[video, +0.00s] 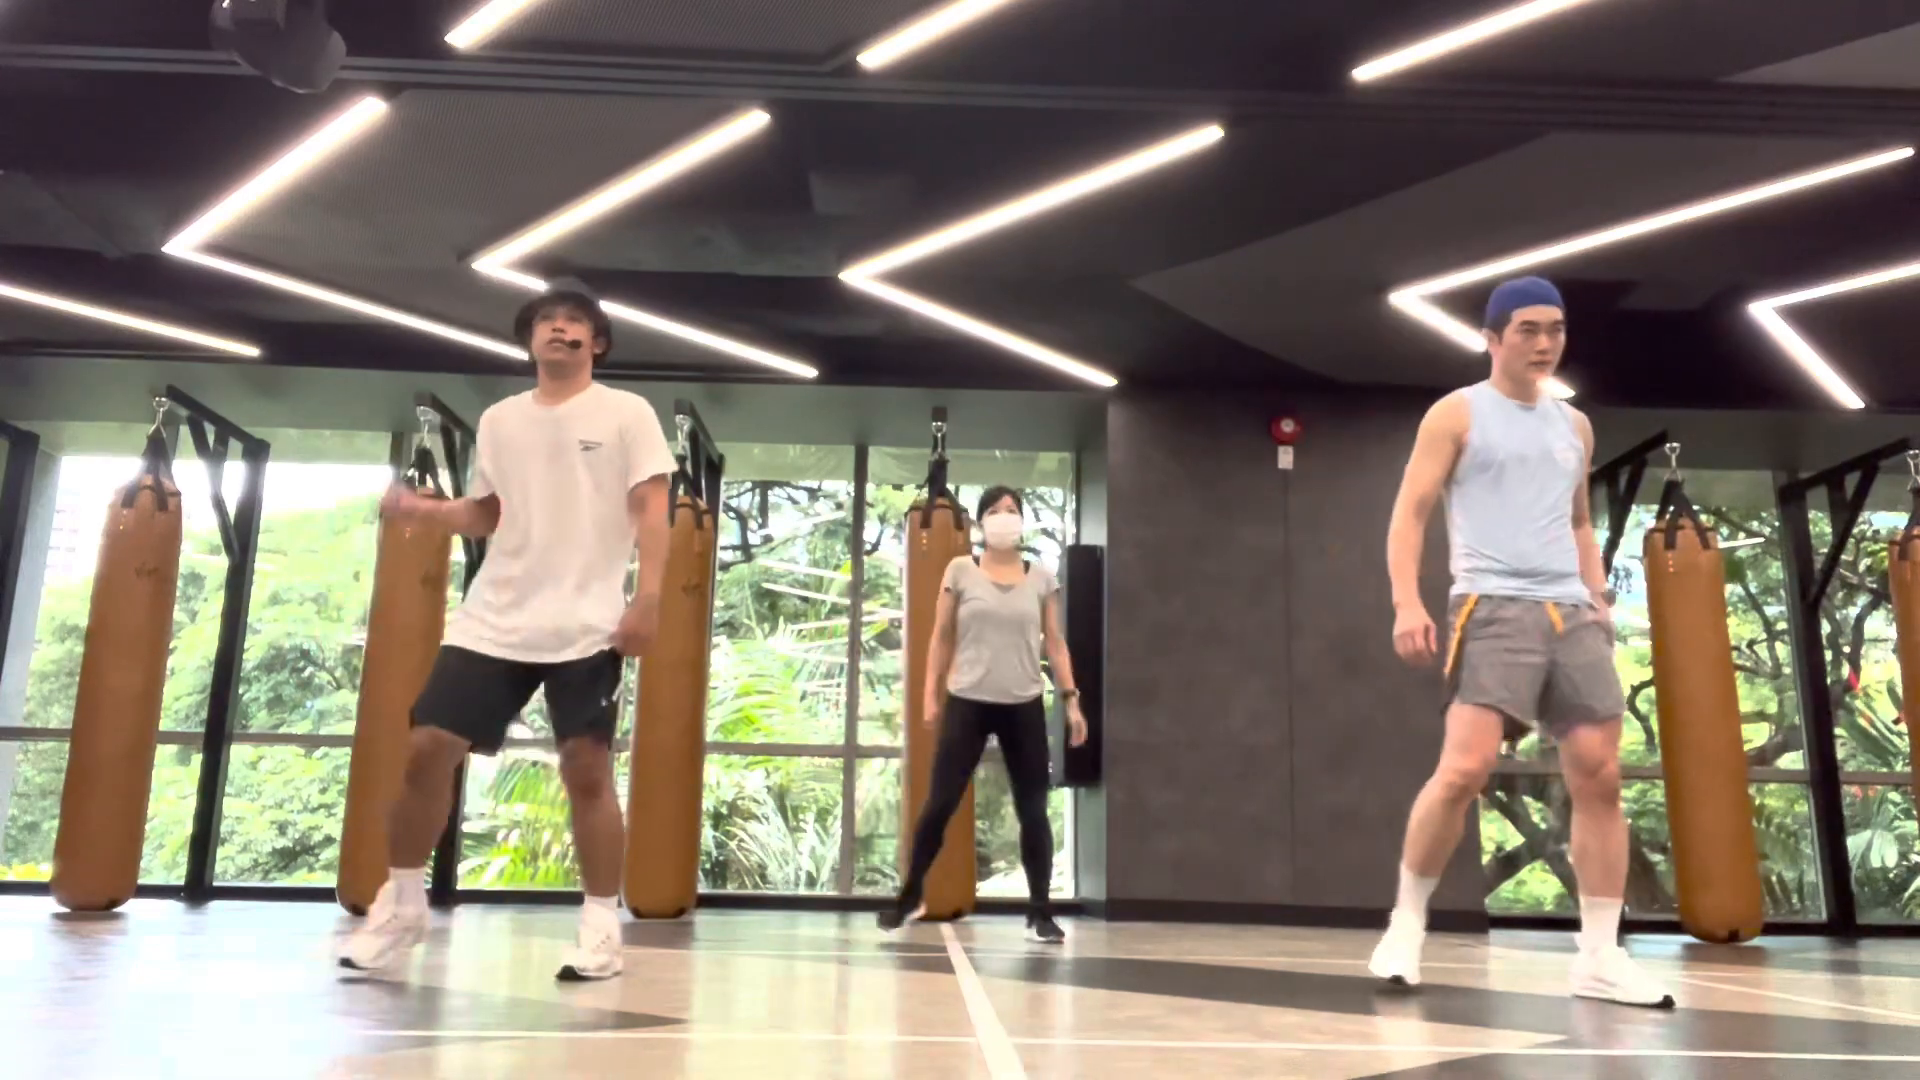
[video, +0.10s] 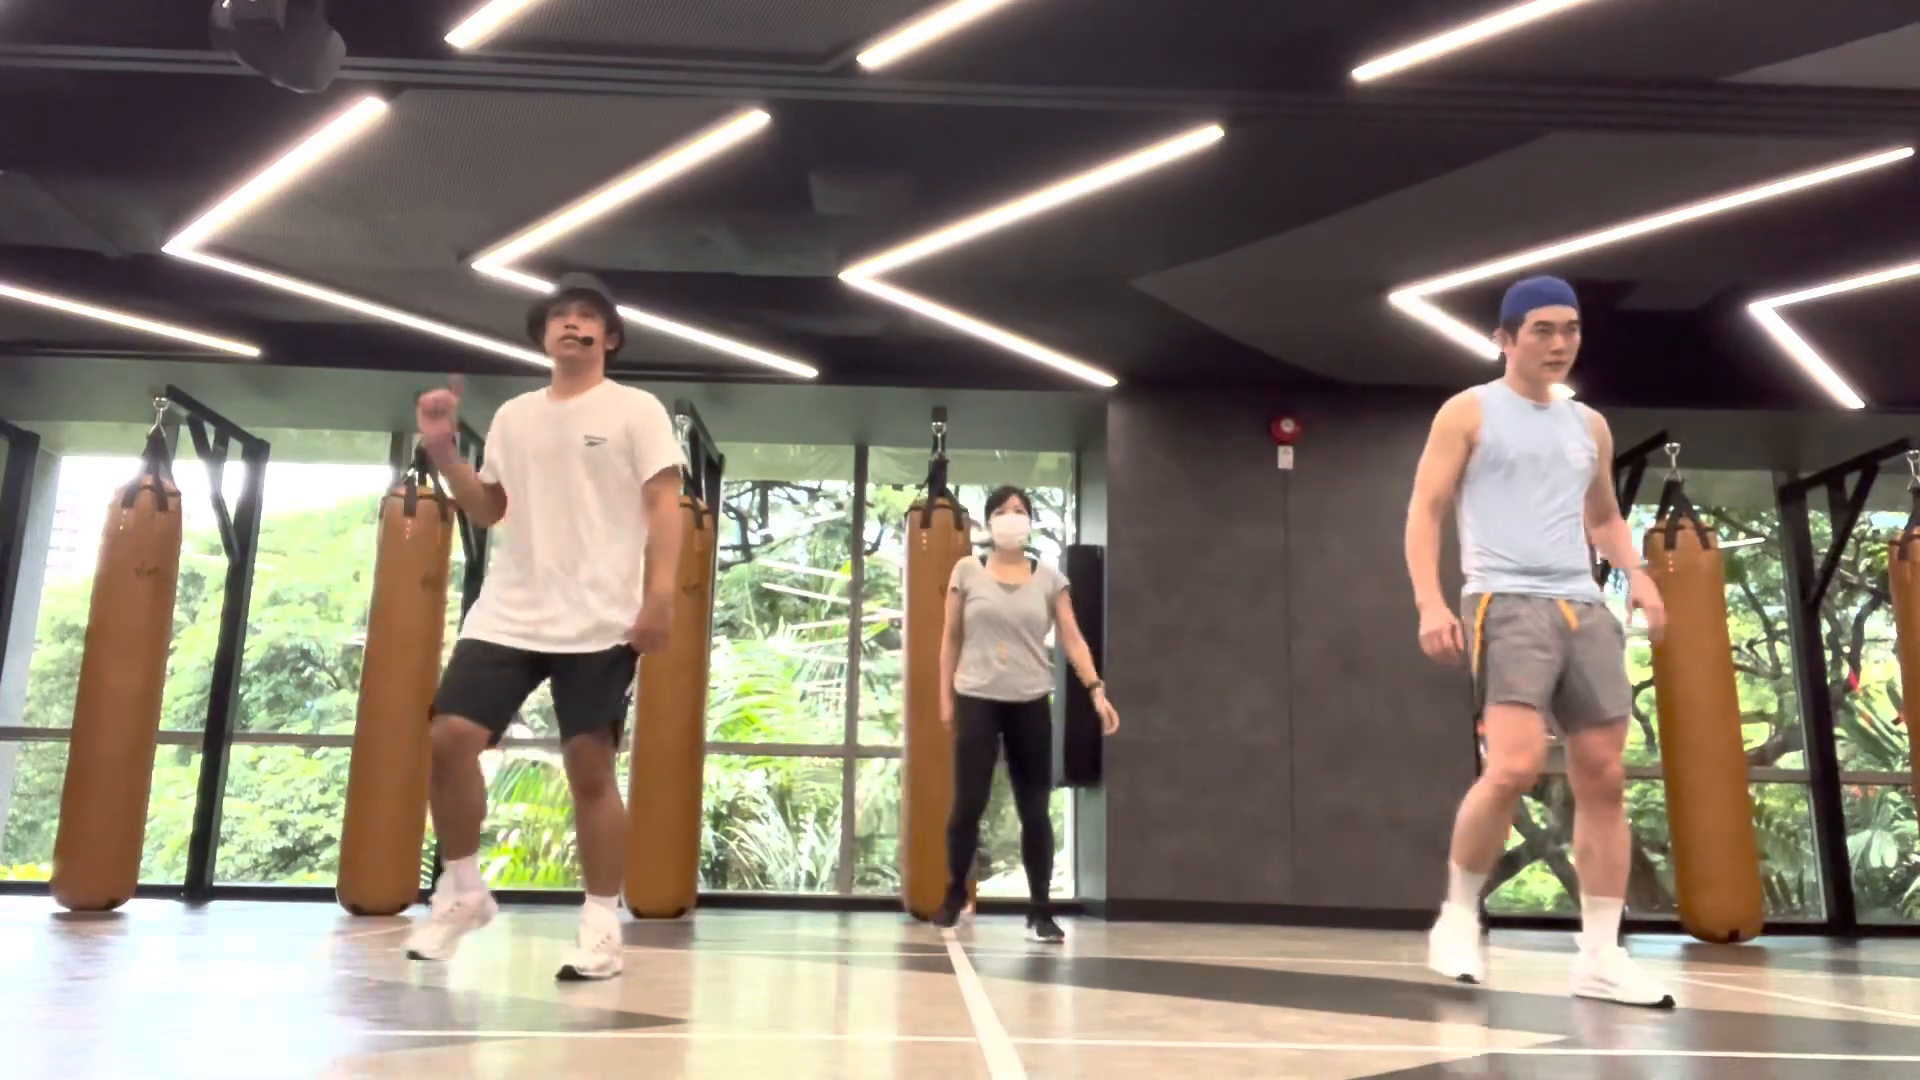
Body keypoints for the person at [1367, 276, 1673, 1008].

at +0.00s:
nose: (1545, 342)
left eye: (1554, 330)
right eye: (1529, 329)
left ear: (1564, 340)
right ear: (1495, 338)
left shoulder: (1574, 425)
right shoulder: (1456, 414)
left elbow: (1580, 522)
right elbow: (1411, 512)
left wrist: (1598, 600)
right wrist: (1406, 602)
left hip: (1575, 614)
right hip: (1494, 610)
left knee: (1600, 775)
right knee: (1465, 769)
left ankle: (1600, 958)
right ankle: (1407, 921)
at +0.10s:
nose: (1560, 342)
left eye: (1569, 330)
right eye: (1544, 330)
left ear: (1578, 338)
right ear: (1508, 338)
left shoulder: (1591, 427)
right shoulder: (1468, 412)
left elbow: (1605, 517)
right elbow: (1426, 511)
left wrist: (1640, 580)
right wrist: (1431, 602)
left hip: (1589, 611)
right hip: (1511, 605)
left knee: (1604, 776)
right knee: (1515, 767)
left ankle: (1600, 956)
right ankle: (1459, 918)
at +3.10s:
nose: (1407, 317)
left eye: (1415, 308)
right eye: (1391, 305)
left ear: (1423, 328)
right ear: (1354, 323)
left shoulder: (1446, 420)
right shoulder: (1311, 411)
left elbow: (1443, 527)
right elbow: (1256, 507)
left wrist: (1414, 590)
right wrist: (1258, 578)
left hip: (1416, 615)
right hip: (1333, 607)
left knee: (1405, 787)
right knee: (1315, 773)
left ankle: (1334, 921)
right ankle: (1301, 942)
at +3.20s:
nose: (1419, 317)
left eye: (1427, 308)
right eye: (1403, 305)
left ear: (1435, 327)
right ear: (1365, 322)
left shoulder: (1450, 420)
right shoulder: (1321, 402)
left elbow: (1443, 528)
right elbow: (1270, 498)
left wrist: (1431, 602)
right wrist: (1291, 567)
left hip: (1425, 617)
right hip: (1342, 613)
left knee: (1464, 768)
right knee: (1317, 777)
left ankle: (1377, 903)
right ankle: (1302, 942)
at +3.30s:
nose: (1440, 316)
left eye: (1448, 307)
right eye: (1424, 303)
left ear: (1454, 326)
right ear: (1385, 318)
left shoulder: (1460, 417)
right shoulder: (1340, 392)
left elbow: (1440, 512)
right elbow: (1293, 493)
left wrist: (1451, 594)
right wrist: (1349, 549)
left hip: (1446, 608)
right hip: (1360, 605)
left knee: (1511, 758)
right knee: (1325, 771)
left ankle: (1473, 924)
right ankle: (1305, 943)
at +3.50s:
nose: (1494, 333)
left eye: (1503, 322)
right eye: (1478, 321)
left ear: (1513, 339)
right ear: (1442, 337)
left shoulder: (1513, 434)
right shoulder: (1410, 409)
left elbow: (1487, 530)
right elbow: (1368, 510)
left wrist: (1503, 607)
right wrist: (1451, 571)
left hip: (1505, 627)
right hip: (1421, 622)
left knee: (1580, 777)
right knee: (1363, 778)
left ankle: (1627, 960)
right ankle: (1309, 942)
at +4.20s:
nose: (1584, 370)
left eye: (1595, 357)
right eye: (1569, 357)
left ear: (1605, 359)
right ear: (1533, 358)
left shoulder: (1626, 438)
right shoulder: (1474, 431)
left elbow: (1618, 544)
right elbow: (1447, 533)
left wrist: (1617, 456)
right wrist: (1447, 627)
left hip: (1582, 628)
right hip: (1496, 625)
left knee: (1622, 771)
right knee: (1505, 761)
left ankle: (1639, 957)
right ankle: (1476, 899)